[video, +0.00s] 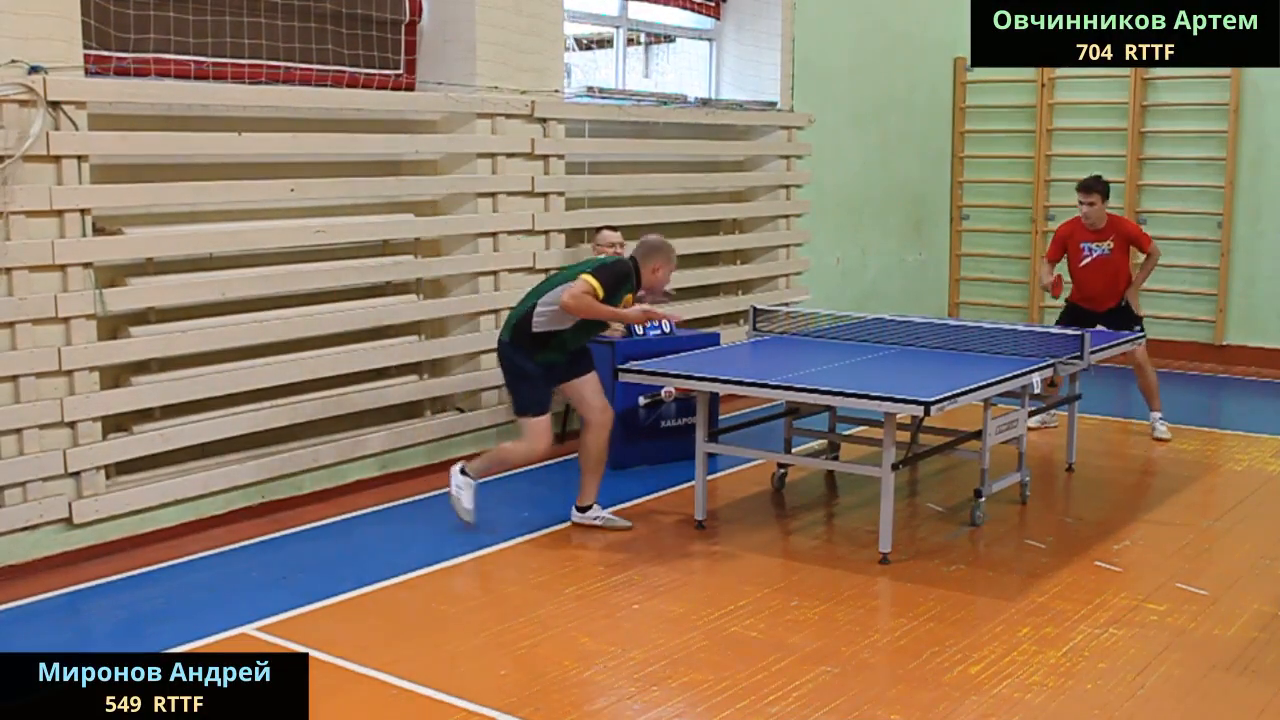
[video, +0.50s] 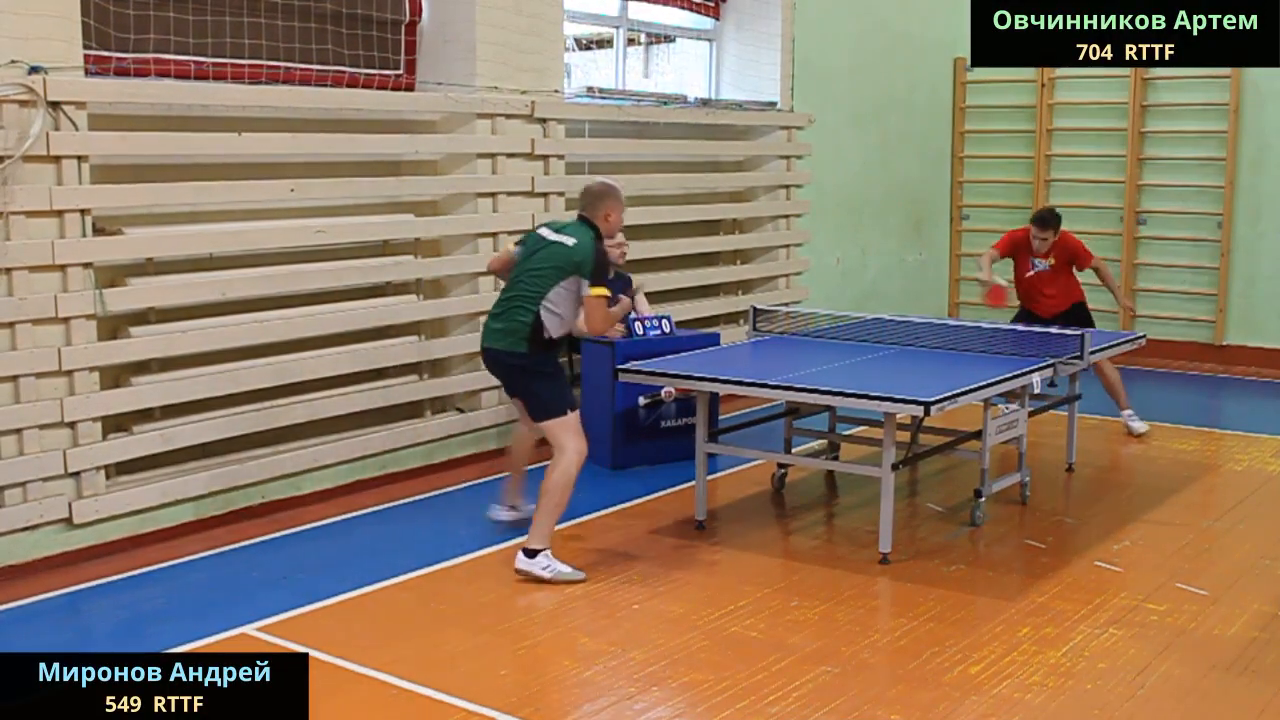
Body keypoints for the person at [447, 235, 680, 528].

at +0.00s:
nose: (667, 282)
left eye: (669, 276)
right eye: (668, 274)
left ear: (647, 266)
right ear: (656, 269)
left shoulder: (627, 286)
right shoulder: (618, 269)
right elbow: (571, 299)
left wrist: (642, 314)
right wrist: (625, 315)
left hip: (565, 346)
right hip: (523, 347)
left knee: (600, 415)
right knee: (537, 445)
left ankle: (585, 508)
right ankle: (465, 473)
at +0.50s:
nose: (620, 223)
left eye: (621, 217)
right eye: (620, 217)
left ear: (582, 211)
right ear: (608, 215)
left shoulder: (548, 229)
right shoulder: (594, 248)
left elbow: (498, 264)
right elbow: (596, 324)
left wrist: (536, 276)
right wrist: (621, 306)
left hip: (496, 343)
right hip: (527, 349)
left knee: (531, 422)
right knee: (572, 448)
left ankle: (510, 503)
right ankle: (535, 551)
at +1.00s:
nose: (580, 282)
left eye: (579, 275)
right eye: (576, 276)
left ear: (555, 282)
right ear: (556, 283)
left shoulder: (553, 302)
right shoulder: (512, 320)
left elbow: (571, 326)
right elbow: (481, 394)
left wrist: (609, 334)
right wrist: (499, 446)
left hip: (491, 383)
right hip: (466, 390)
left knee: (508, 450)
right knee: (546, 445)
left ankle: (441, 507)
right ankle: (529, 551)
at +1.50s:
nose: (546, 242)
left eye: (542, 239)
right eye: (540, 238)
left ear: (503, 256)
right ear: (532, 250)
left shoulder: (489, 294)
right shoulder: (525, 285)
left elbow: (457, 338)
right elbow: (564, 218)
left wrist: (434, 362)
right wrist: (547, 196)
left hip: (458, 411)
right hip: (492, 415)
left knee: (485, 445)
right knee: (585, 458)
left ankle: (455, 507)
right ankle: (539, 552)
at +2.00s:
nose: (479, 207)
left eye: (478, 200)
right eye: (475, 200)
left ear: (439, 206)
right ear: (456, 203)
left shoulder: (409, 241)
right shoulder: (460, 232)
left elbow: (386, 308)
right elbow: (521, 227)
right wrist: (542, 194)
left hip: (391, 364)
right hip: (436, 363)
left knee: (400, 446)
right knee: (497, 448)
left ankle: (366, 541)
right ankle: (523, 555)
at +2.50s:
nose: (493, 179)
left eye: (492, 171)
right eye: (489, 172)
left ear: (456, 176)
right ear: (471, 176)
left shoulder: (424, 215)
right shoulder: (459, 224)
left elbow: (427, 289)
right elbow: (450, 297)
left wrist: (484, 299)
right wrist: (494, 301)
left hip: (411, 350)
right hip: (448, 354)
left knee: (405, 436)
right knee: (469, 450)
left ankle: (371, 534)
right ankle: (443, 558)